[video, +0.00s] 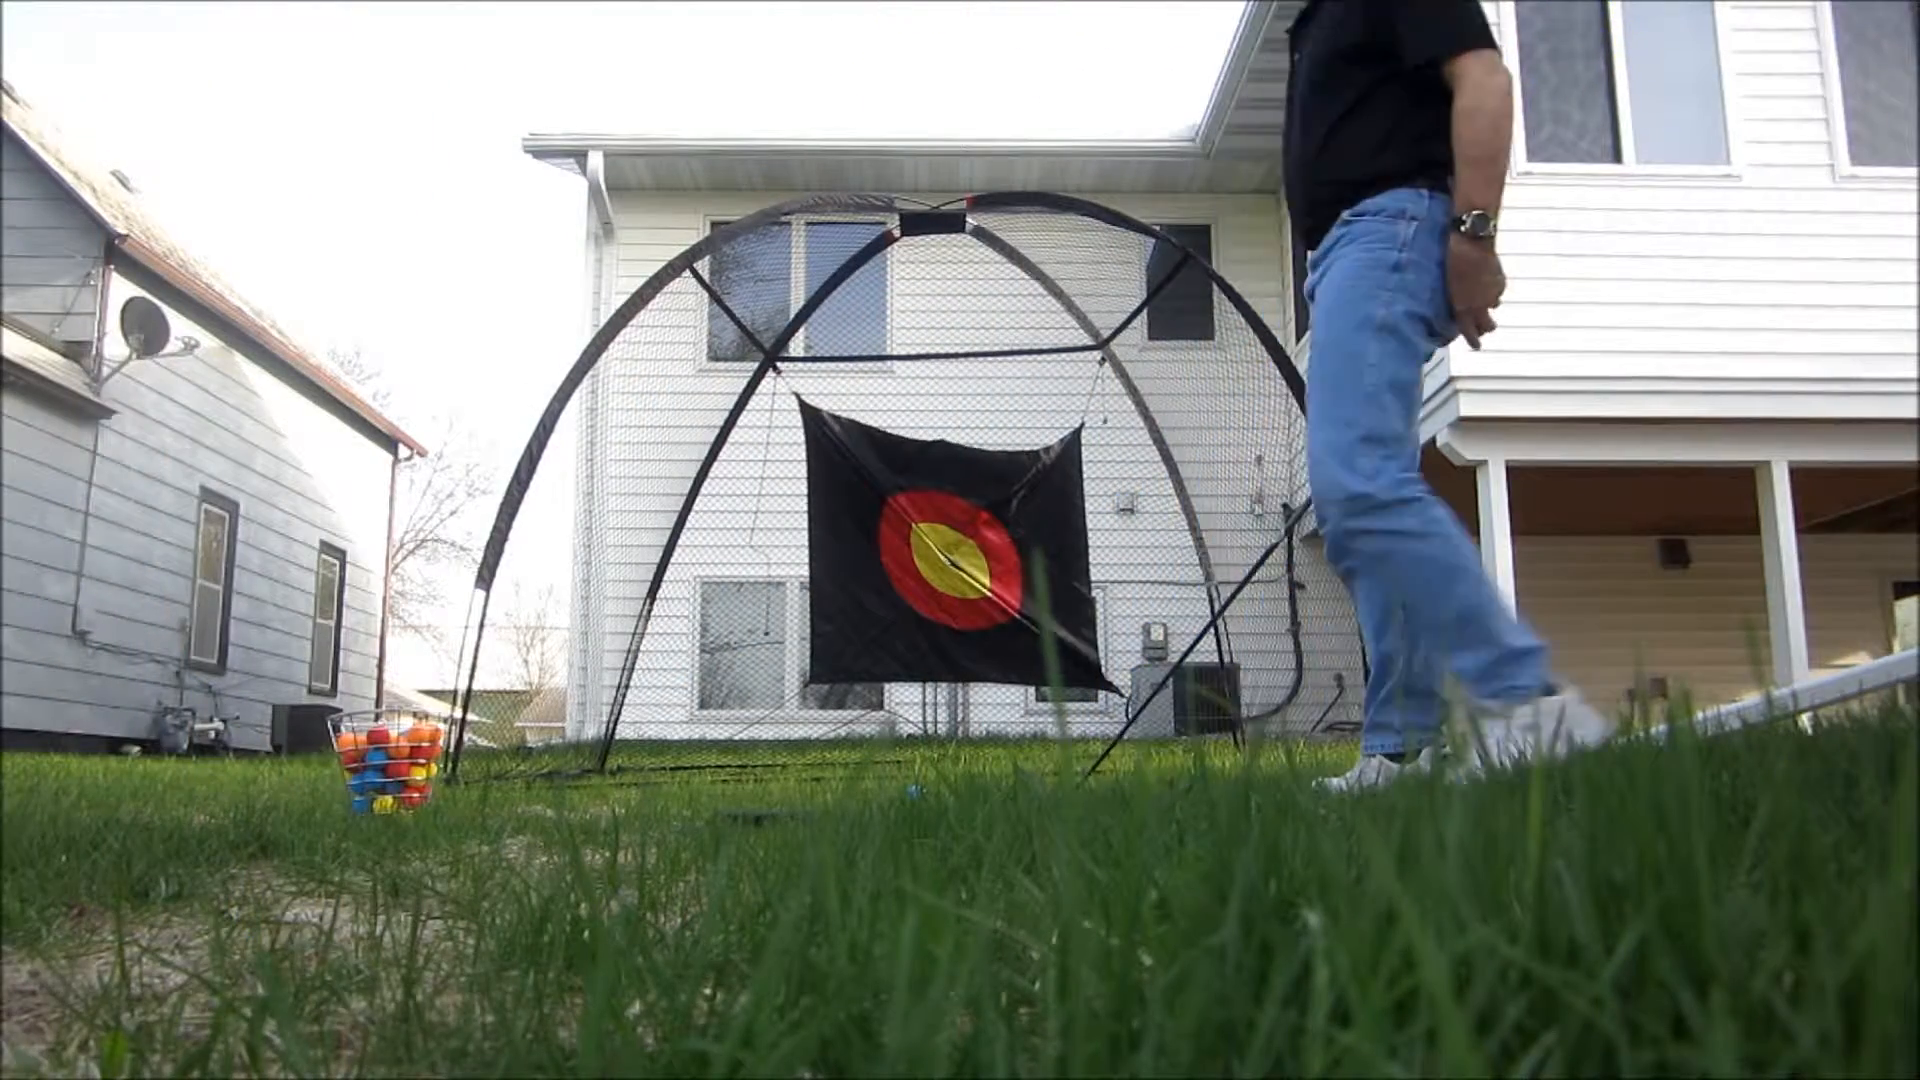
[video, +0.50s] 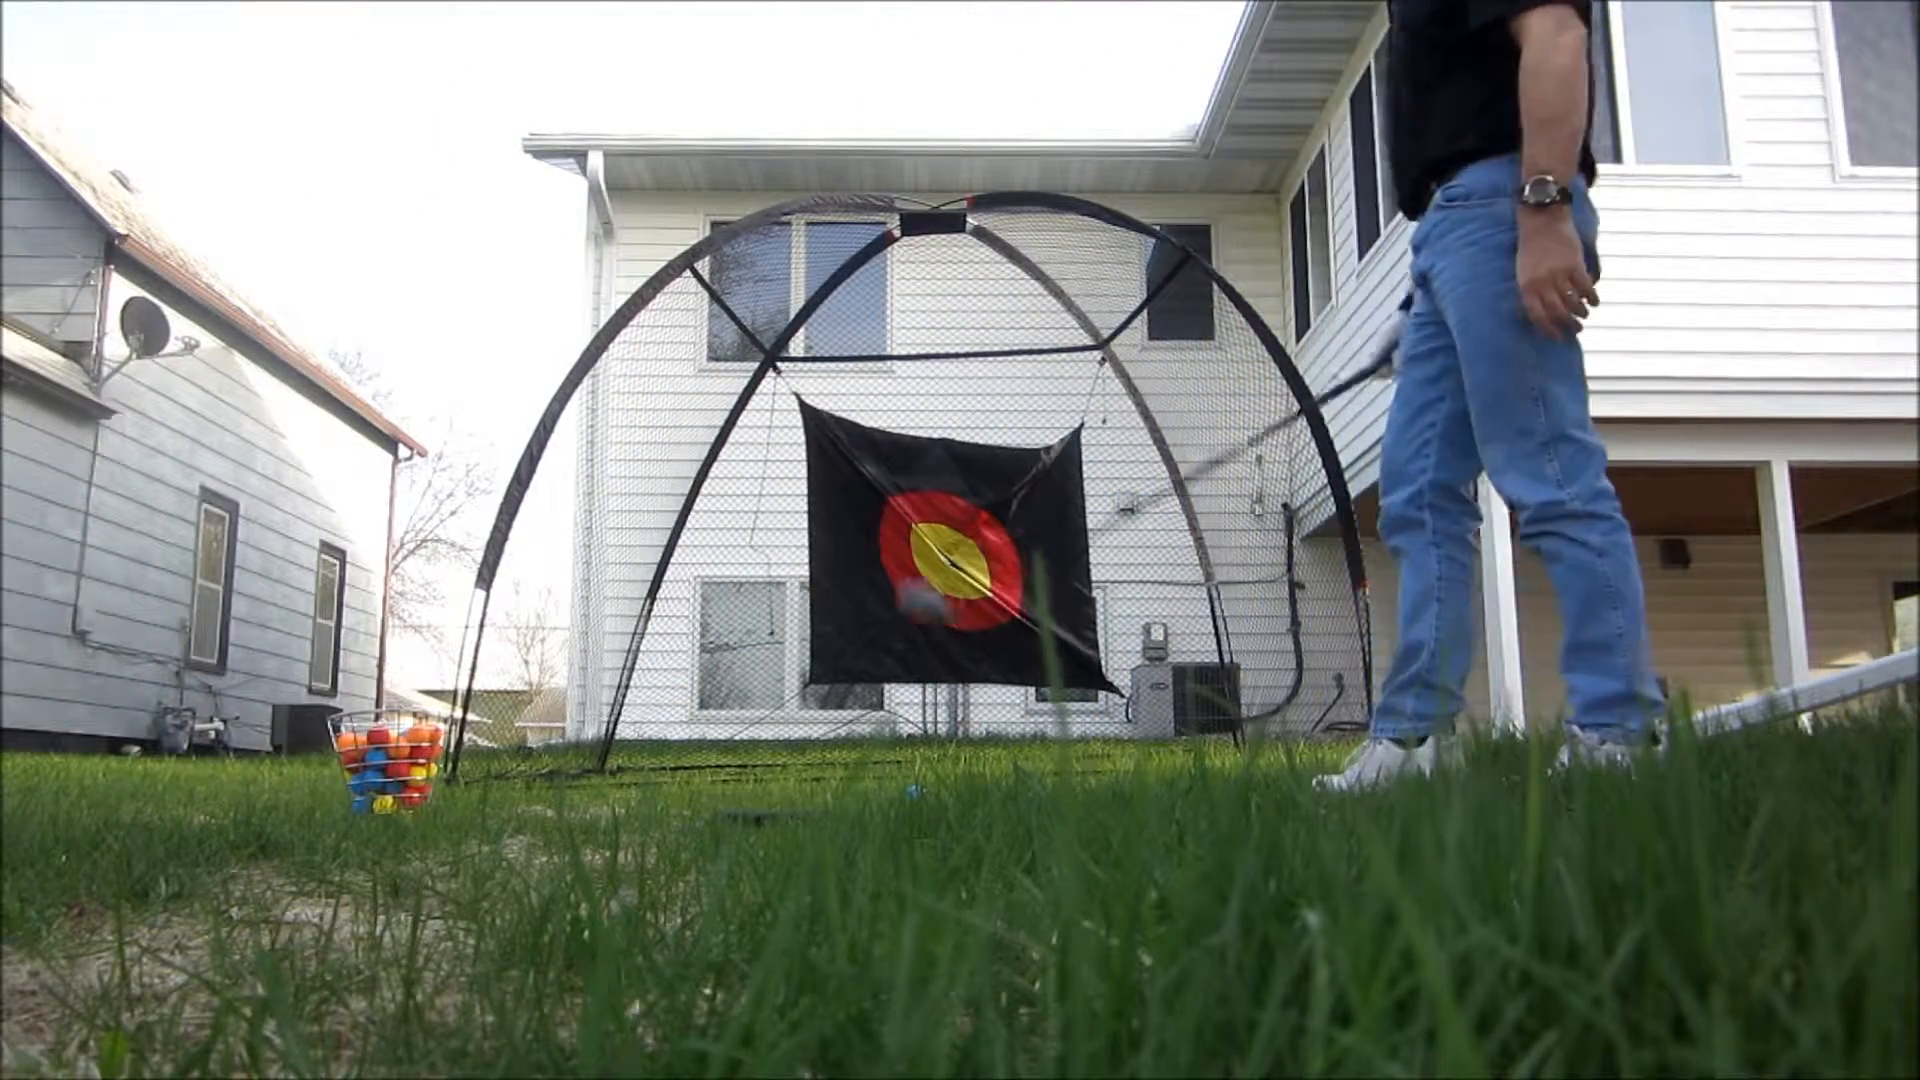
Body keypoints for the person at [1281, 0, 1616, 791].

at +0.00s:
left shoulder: (1403, 0)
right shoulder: (1318, 22)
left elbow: (1484, 77)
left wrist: (1473, 234)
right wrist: (1319, 257)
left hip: (1389, 227)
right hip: (1346, 246)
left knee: (1363, 489)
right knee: (1357, 506)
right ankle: (1403, 749)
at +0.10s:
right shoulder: (1331, 18)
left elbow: (1493, 79)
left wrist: (1477, 232)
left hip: (1401, 230)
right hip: (1347, 249)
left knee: (1414, 490)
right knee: (1358, 512)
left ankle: (1588, 704)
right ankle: (1403, 748)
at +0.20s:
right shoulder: (1362, 15)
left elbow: (1511, 64)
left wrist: (1493, 228)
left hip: (1423, 221)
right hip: (1368, 243)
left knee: (1483, 488)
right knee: (1373, 509)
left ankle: (1606, 724)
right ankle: (1404, 748)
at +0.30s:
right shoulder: (1379, 15)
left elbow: (1529, 56)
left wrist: (1514, 226)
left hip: (1443, 217)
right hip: (1389, 236)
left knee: (1514, 489)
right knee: (1388, 505)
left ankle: (1609, 729)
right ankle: (1404, 749)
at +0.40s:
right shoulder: (1401, 17)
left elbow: (1540, 46)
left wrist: (1537, 223)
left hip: (1471, 208)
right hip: (1411, 231)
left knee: (1531, 487)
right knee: (1405, 504)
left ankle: (1615, 730)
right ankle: (1408, 746)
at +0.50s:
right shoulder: (1424, 20)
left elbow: (1557, 34)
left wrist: (1543, 213)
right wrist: (1433, 279)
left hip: (1502, 206)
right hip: (1447, 222)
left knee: (1555, 481)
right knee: (1421, 493)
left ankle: (1618, 732)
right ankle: (1414, 737)